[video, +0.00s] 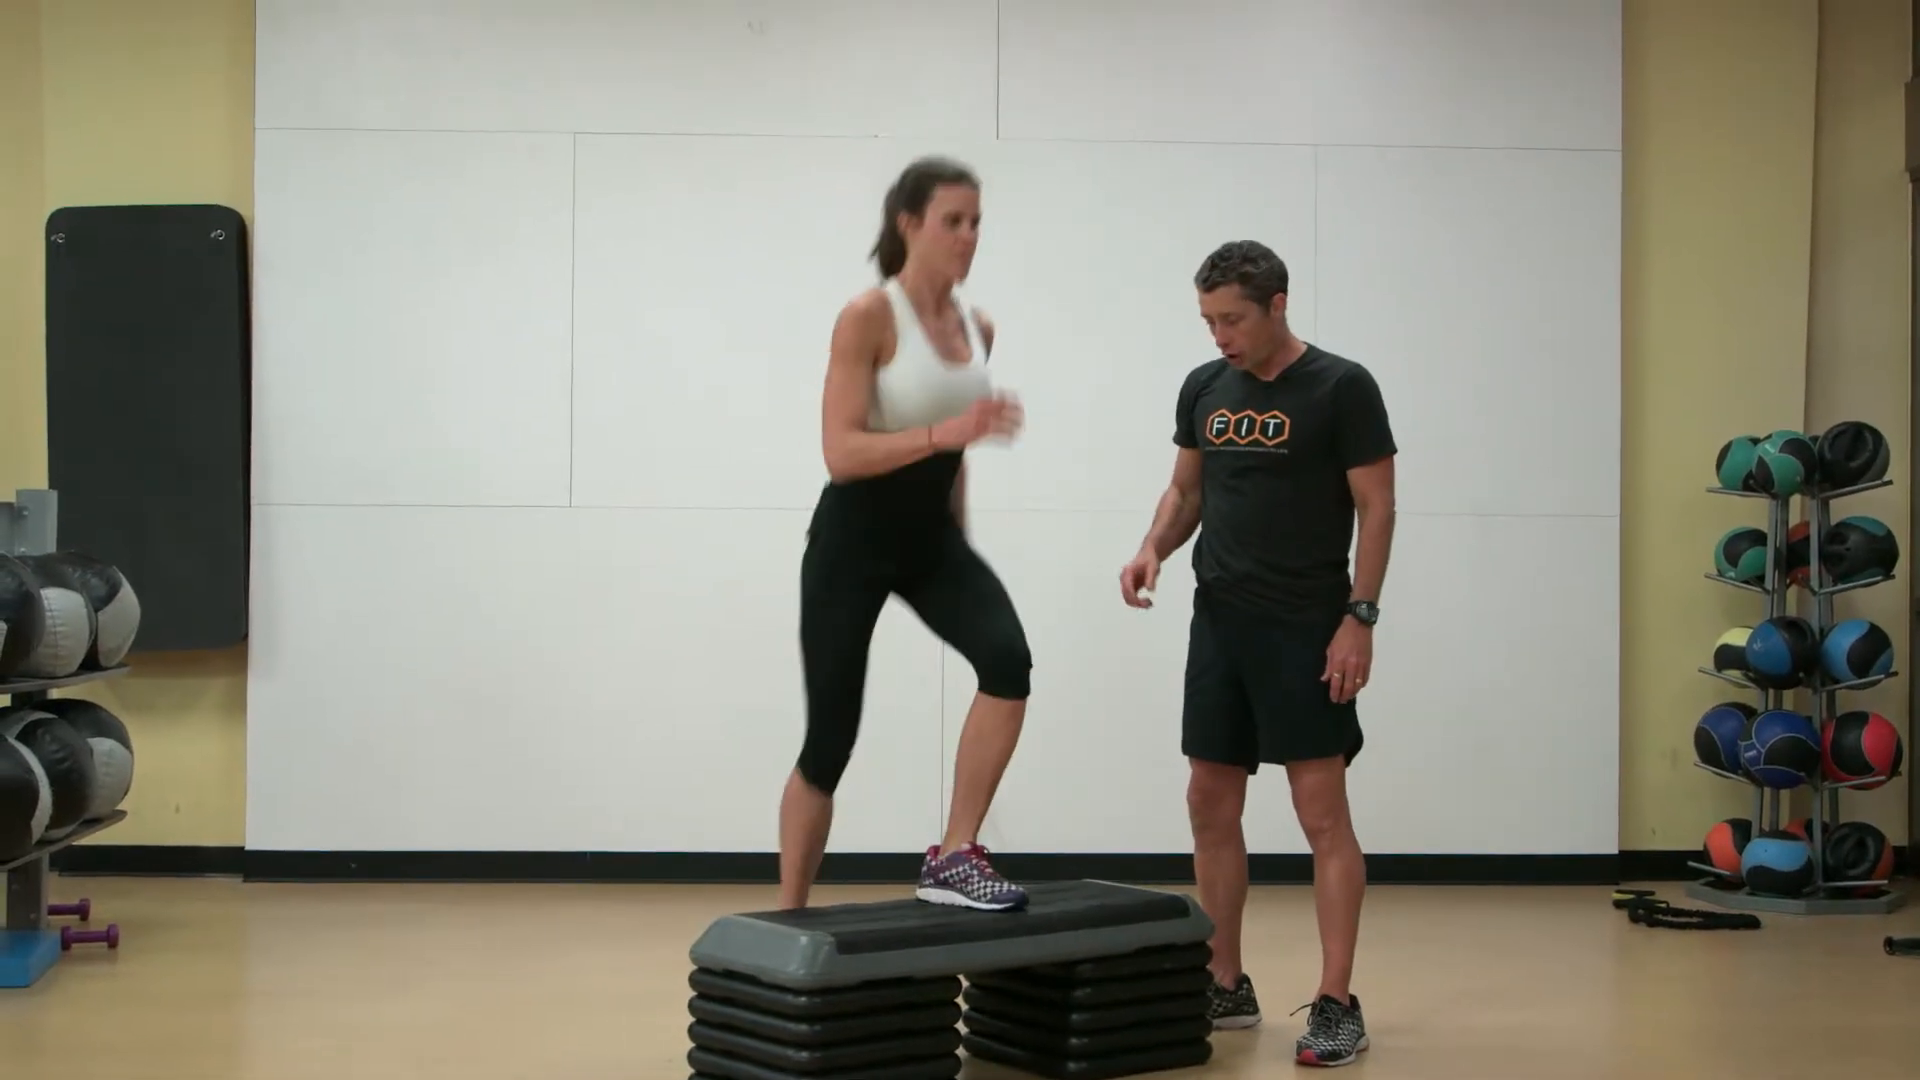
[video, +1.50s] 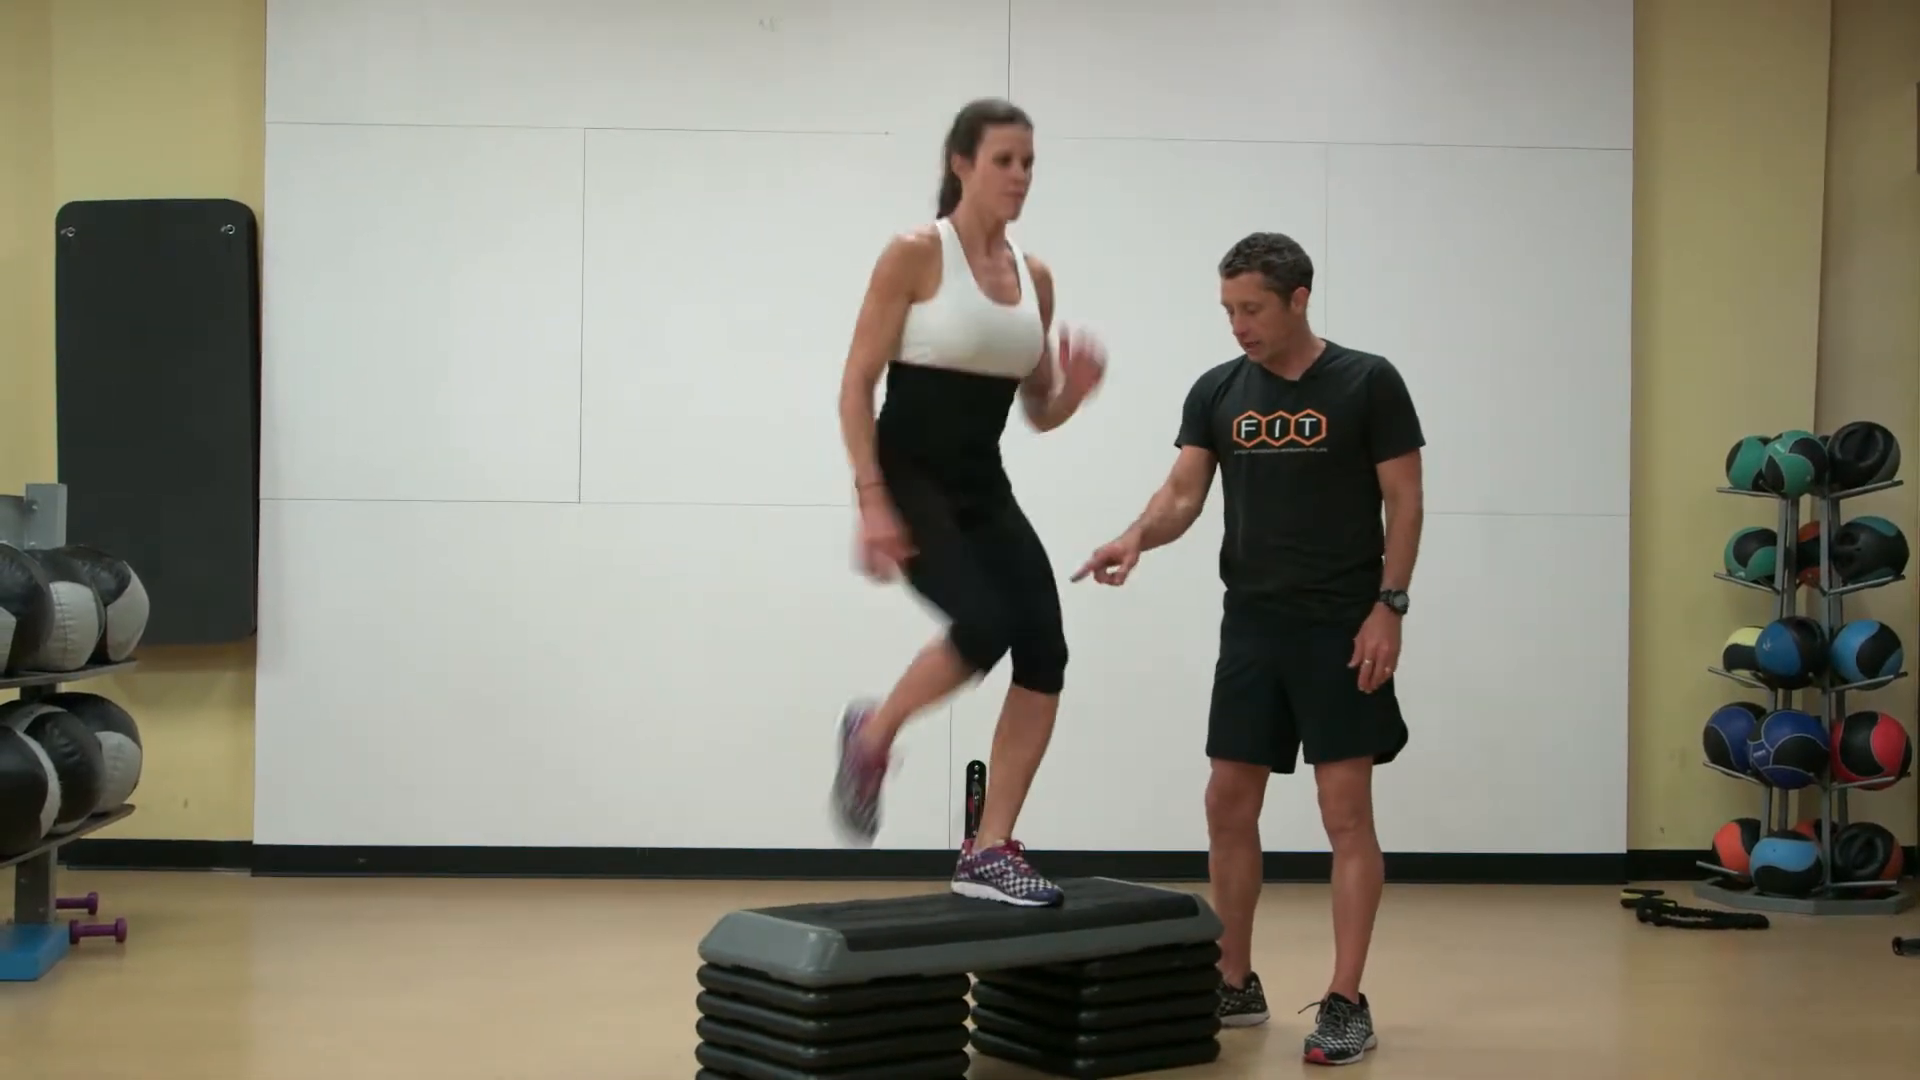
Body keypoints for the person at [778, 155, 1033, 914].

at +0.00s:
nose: (969, 236)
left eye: (975, 223)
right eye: (954, 221)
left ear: (976, 231)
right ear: (906, 225)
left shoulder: (973, 328)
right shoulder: (866, 320)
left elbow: (946, 447)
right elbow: (841, 451)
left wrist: (955, 545)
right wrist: (945, 433)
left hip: (931, 542)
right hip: (851, 545)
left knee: (1007, 662)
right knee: (829, 739)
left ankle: (955, 854)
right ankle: (789, 922)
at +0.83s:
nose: (984, 250)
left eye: (990, 237)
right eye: (968, 237)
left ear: (992, 244)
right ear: (921, 242)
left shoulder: (993, 337)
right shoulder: (877, 327)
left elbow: (964, 425)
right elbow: (823, 443)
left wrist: (997, 482)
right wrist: (912, 488)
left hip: (939, 545)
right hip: (860, 543)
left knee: (1020, 666)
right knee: (842, 736)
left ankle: (959, 855)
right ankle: (797, 919)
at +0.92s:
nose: (998, 199)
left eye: (1004, 184)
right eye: (982, 183)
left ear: (1006, 195)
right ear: (936, 191)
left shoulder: (1009, 298)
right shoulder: (887, 280)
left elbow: (1001, 424)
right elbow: (815, 400)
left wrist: (1034, 420)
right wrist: (849, 499)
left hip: (954, 500)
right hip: (877, 500)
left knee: (1017, 661)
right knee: (912, 692)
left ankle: (961, 855)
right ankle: (827, 826)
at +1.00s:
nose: (1001, 157)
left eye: (1009, 144)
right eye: (986, 142)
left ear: (1012, 155)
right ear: (941, 149)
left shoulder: (1020, 258)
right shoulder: (888, 238)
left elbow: (1041, 392)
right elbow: (814, 351)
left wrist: (1065, 324)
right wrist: (783, 470)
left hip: (966, 462)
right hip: (886, 459)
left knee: (1003, 642)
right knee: (987, 579)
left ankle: (964, 851)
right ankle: (875, 692)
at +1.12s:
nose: (1004, 93)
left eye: (1012, 81)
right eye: (990, 79)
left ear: (1015, 93)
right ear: (945, 84)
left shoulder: (1032, 191)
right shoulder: (888, 175)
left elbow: (1083, 308)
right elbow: (811, 279)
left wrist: (1073, 205)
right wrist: (758, 375)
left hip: (977, 398)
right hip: (892, 384)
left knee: (976, 612)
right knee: (1030, 406)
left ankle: (982, 817)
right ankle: (927, 558)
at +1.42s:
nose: (1017, 152)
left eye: (1025, 137)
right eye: (1002, 135)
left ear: (1029, 148)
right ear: (958, 141)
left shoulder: (1041, 254)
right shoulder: (906, 235)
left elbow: (1083, 384)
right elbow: (840, 351)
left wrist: (1091, 302)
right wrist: (815, 473)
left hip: (984, 456)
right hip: (904, 449)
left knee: (1024, 653)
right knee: (1029, 518)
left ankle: (988, 850)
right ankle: (912, 635)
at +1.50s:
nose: (1021, 177)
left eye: (1028, 163)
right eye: (1006, 161)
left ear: (1032, 173)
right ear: (961, 166)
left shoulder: (1032, 276)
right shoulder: (913, 256)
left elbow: (1040, 413)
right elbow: (856, 388)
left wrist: (1071, 386)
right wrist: (871, 501)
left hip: (982, 480)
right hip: (907, 478)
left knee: (1044, 650)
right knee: (985, 626)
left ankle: (989, 850)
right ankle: (873, 732)